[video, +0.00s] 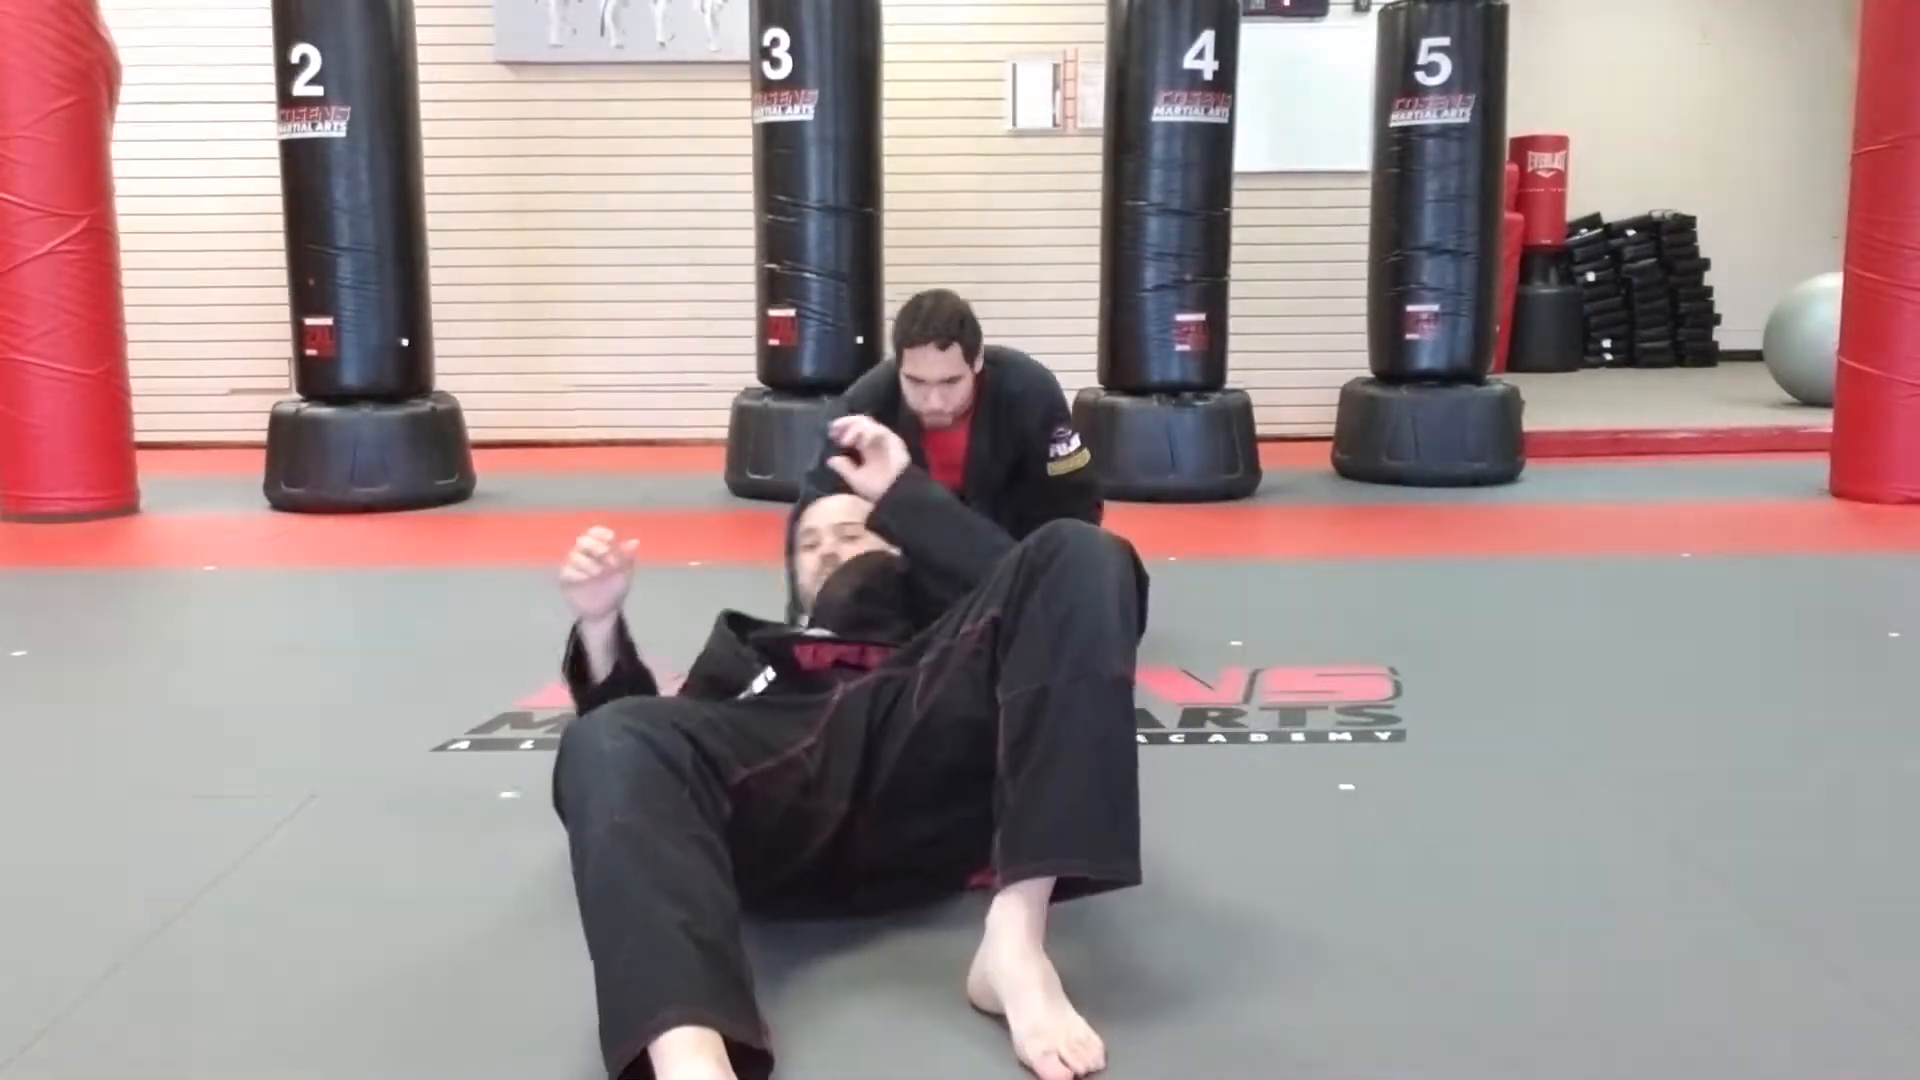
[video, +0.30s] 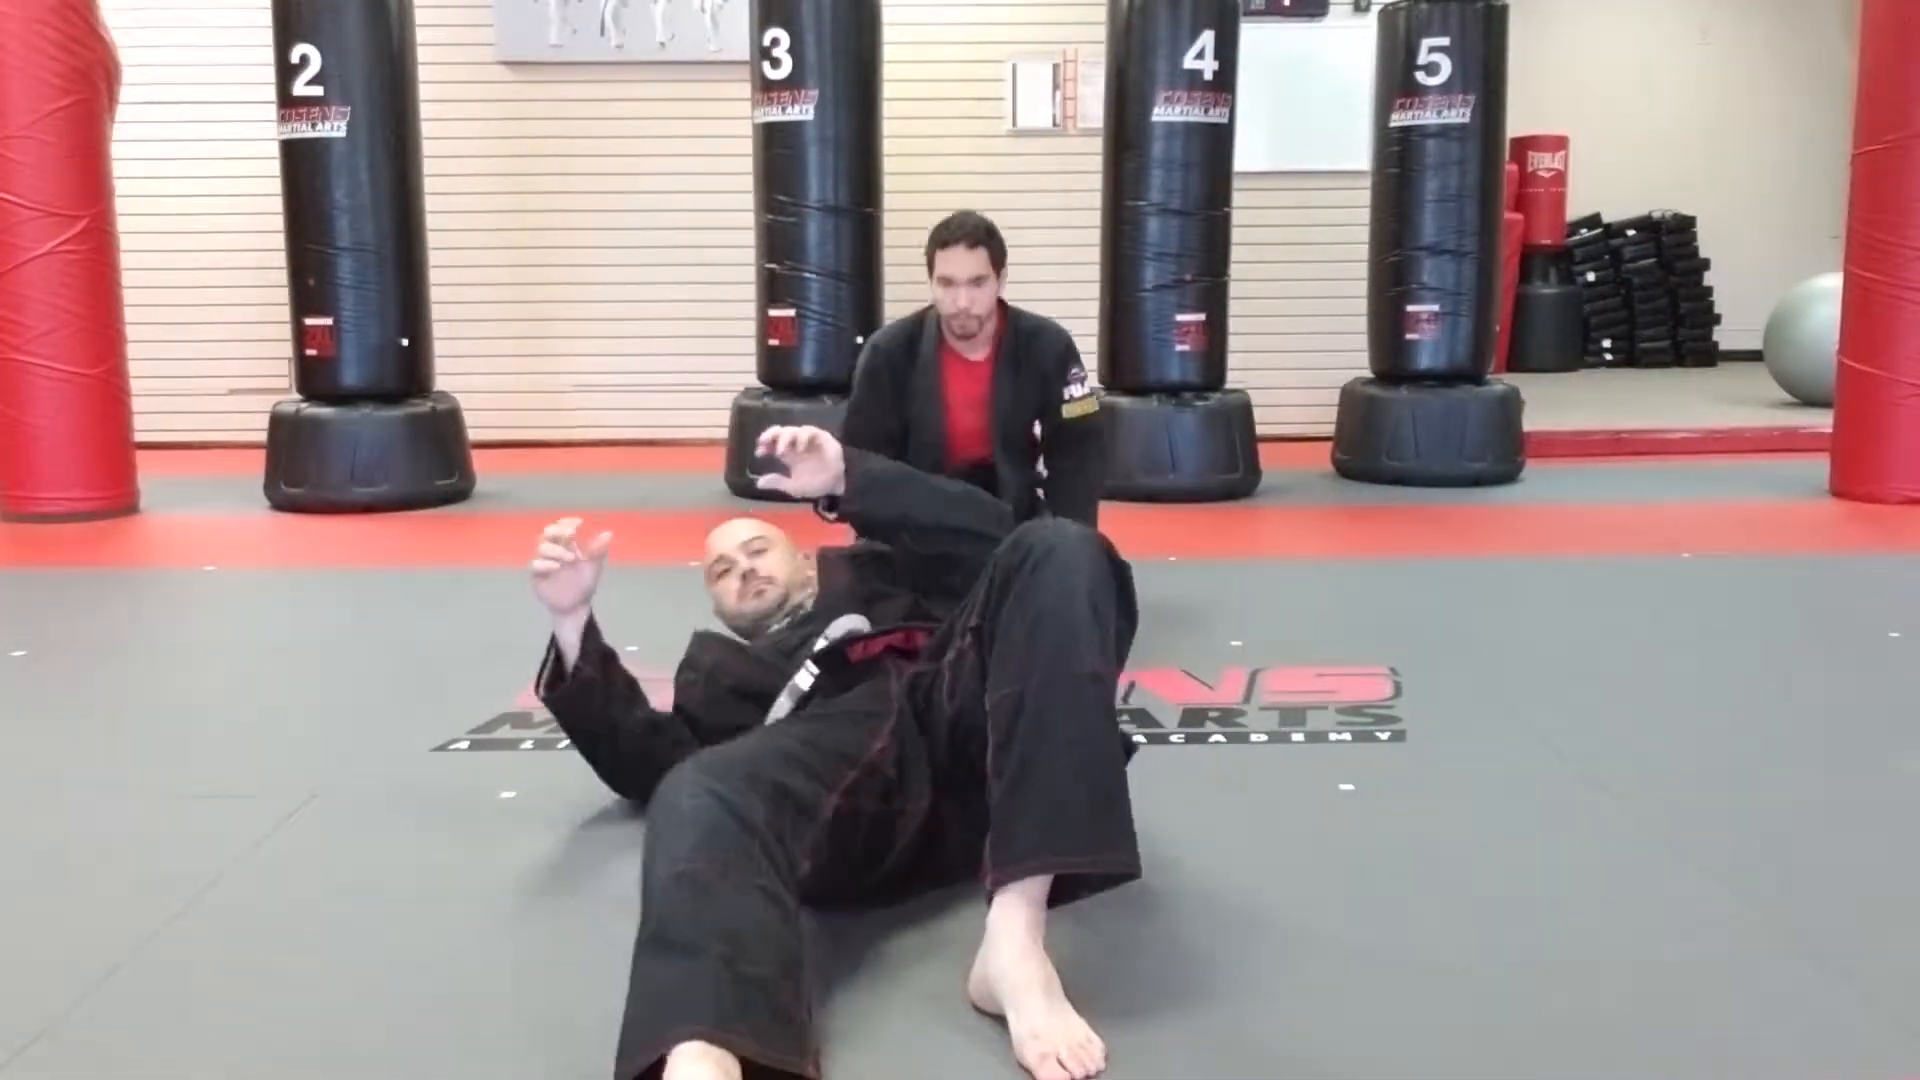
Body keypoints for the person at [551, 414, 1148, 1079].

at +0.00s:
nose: (834, 545)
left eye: (856, 531)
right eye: (812, 542)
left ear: (901, 548)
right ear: (793, 580)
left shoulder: (953, 642)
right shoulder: (747, 654)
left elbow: (1035, 580)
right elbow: (637, 740)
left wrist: (906, 494)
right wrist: (601, 625)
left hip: (933, 757)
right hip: (765, 765)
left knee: (1083, 556)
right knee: (612, 743)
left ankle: (1017, 936)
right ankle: (689, 1056)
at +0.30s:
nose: (743, 567)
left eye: (755, 549)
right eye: (722, 572)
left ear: (799, 555)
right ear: (716, 611)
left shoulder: (873, 571)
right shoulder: (719, 673)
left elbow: (998, 531)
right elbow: (654, 772)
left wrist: (846, 476)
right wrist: (574, 625)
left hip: (963, 698)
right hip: (832, 749)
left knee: (1061, 549)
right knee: (697, 793)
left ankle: (1017, 932)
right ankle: (699, 1057)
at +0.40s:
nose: (747, 567)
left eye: (760, 550)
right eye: (725, 572)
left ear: (803, 555)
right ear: (717, 611)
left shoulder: (880, 569)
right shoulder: (727, 668)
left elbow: (1006, 525)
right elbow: (656, 754)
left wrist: (868, 472)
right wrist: (597, 594)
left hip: (990, 683)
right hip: (858, 733)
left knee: (1058, 549)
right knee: (744, 801)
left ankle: (1021, 929)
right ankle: (722, 1053)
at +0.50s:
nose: (768, 563)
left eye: (781, 550)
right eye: (745, 567)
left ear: (819, 559)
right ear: (732, 606)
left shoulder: (902, 579)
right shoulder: (741, 653)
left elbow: (1038, 542)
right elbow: (662, 716)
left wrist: (906, 479)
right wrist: (646, 552)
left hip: (1006, 731)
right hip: (874, 775)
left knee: (1074, 557)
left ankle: (1026, 936)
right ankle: (769, 1012)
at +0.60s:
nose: (803, 557)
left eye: (822, 541)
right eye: (780, 555)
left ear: (866, 555)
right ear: (775, 582)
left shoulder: (944, 596)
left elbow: (1072, 574)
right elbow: (680, 675)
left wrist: (957, 494)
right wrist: (708, 505)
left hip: (1008, 765)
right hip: (859, 773)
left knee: (1102, 567)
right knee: (754, 606)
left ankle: (1028, 937)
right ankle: (805, 960)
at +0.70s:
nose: (853, 546)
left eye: (870, 533)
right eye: (832, 542)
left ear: (906, 554)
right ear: (820, 574)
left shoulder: (994, 606)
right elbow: (708, 638)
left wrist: (1007, 508)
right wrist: (770, 480)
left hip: (1023, 767)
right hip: (876, 772)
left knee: (1128, 575)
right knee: (764, 568)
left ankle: (1035, 932)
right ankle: (823, 930)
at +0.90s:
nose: (944, 531)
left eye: (967, 525)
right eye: (922, 525)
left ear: (1000, 555)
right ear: (888, 556)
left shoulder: (1045, 599)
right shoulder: (856, 596)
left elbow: (1161, 647)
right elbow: (764, 586)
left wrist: (1088, 530)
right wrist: (865, 469)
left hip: (1028, 782)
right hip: (879, 781)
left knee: (1129, 574)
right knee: (771, 580)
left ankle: (1047, 933)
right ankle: (828, 943)